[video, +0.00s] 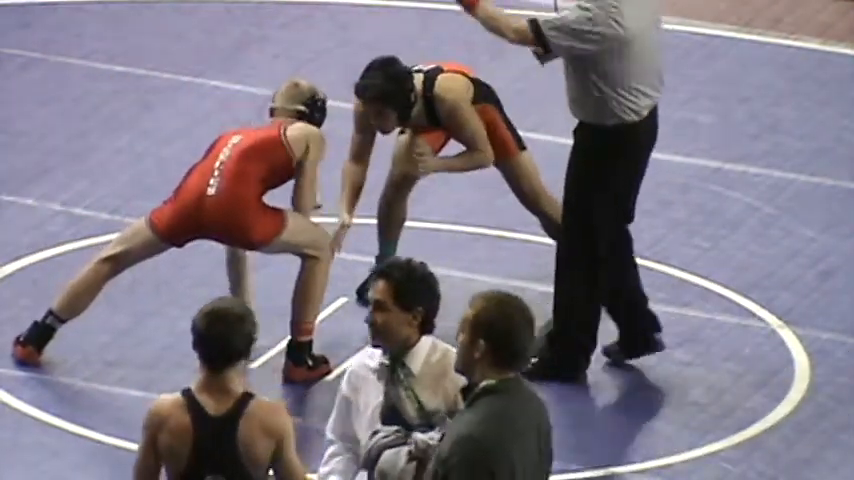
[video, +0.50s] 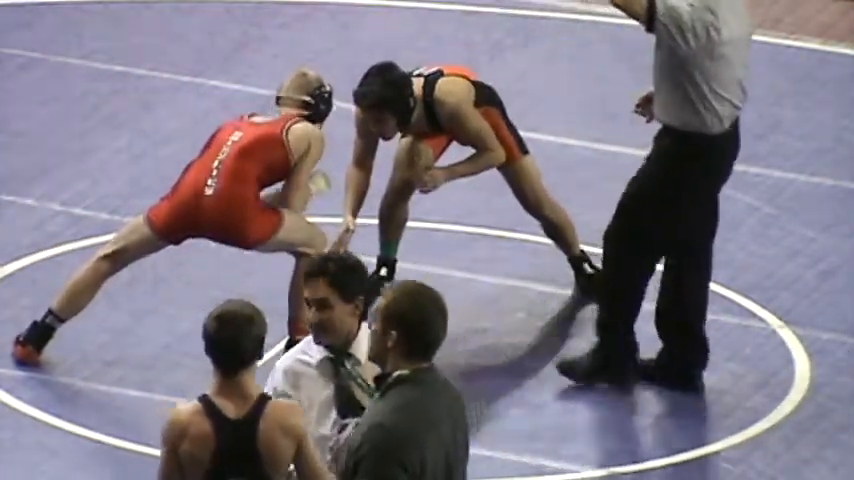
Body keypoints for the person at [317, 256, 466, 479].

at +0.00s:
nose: (368, 318)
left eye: (380, 308)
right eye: (370, 307)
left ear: (415, 317)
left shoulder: (454, 367)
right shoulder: (358, 370)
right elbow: (341, 445)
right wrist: (335, 475)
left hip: (438, 474)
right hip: (371, 472)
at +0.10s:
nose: (353, 318)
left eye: (364, 307)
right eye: (354, 306)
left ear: (399, 315)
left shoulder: (437, 363)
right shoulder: (342, 370)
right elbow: (323, 444)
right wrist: (320, 474)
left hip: (423, 472)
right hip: (358, 472)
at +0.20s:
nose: (339, 317)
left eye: (351, 306)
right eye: (338, 305)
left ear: (385, 312)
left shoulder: (423, 359)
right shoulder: (325, 369)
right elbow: (308, 441)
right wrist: (315, 474)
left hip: (411, 472)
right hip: (344, 473)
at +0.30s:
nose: (328, 315)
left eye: (339, 306)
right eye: (326, 304)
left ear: (374, 310)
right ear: (322, 301)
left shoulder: (413, 357)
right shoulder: (307, 372)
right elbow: (297, 459)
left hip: (404, 471)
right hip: (336, 473)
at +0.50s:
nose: (312, 318)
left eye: (323, 307)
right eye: (308, 306)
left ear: (357, 307)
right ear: (303, 305)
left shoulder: (388, 355)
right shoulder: (290, 368)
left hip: (378, 470)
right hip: (315, 473)